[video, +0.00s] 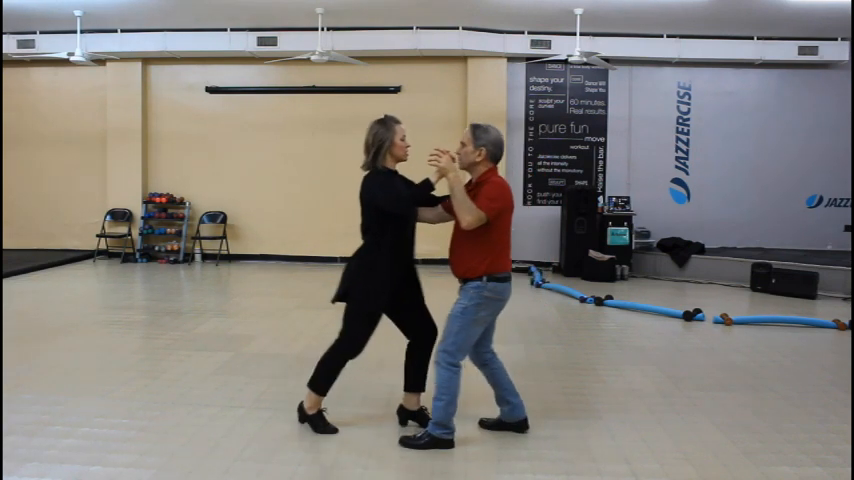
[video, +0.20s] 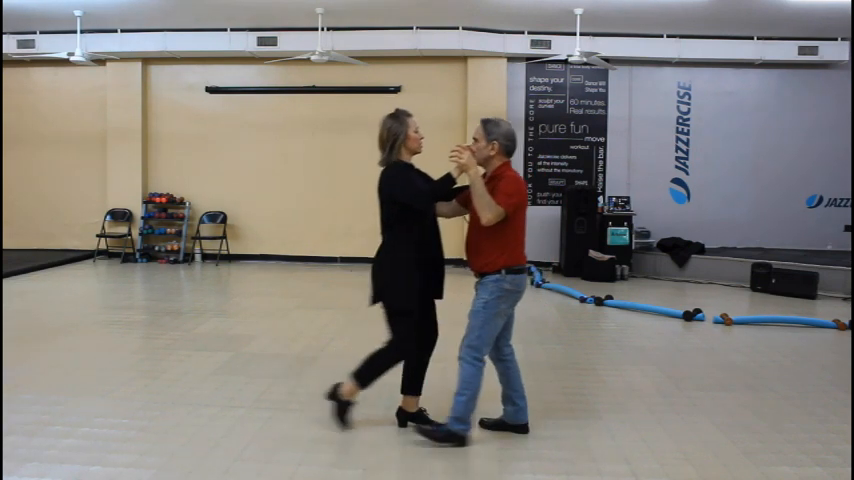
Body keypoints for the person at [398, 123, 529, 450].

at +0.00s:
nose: (456, 149)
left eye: (462, 145)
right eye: (458, 144)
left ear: (481, 154)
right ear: (479, 154)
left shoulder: (496, 188)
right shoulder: (472, 187)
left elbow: (470, 219)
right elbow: (434, 214)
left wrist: (452, 177)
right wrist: (395, 207)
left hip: (486, 285)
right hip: (479, 283)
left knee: (448, 354)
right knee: (481, 352)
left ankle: (440, 430)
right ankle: (514, 415)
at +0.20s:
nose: (470, 146)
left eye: (476, 141)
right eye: (472, 140)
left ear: (495, 148)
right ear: (495, 148)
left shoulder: (512, 183)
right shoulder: (486, 181)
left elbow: (489, 215)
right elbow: (450, 208)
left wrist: (473, 174)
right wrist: (413, 198)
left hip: (502, 279)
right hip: (496, 277)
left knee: (472, 352)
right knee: (500, 349)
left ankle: (457, 427)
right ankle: (516, 417)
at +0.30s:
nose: (477, 148)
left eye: (482, 142)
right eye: (478, 142)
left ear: (501, 146)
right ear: (499, 147)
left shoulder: (519, 179)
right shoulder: (494, 180)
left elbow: (497, 211)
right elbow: (457, 205)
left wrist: (482, 168)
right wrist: (421, 196)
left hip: (509, 277)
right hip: (502, 275)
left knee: (478, 349)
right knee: (504, 348)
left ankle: (493, 420)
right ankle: (517, 417)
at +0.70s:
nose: (510, 143)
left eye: (516, 139)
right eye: (511, 138)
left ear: (533, 146)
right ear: (530, 146)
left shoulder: (549, 180)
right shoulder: (527, 179)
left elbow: (524, 210)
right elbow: (488, 206)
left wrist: (514, 165)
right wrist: (452, 198)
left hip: (543, 278)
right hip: (531, 276)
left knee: (524, 353)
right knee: (531, 347)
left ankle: (527, 426)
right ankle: (557, 407)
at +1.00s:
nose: (533, 156)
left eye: (538, 152)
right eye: (534, 151)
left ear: (558, 156)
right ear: (556, 156)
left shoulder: (577, 186)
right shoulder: (547, 185)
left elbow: (560, 223)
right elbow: (514, 212)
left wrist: (547, 177)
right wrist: (481, 201)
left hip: (569, 283)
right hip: (565, 281)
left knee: (534, 351)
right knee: (582, 346)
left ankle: (528, 425)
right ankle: (607, 411)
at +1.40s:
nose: (536, 153)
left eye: (542, 148)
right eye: (537, 147)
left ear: (562, 153)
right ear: (558, 152)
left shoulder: (579, 183)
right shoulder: (547, 184)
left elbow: (567, 218)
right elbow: (516, 212)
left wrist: (553, 174)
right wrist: (483, 204)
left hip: (573, 279)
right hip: (567, 277)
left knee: (545, 351)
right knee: (587, 346)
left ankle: (540, 425)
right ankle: (608, 411)